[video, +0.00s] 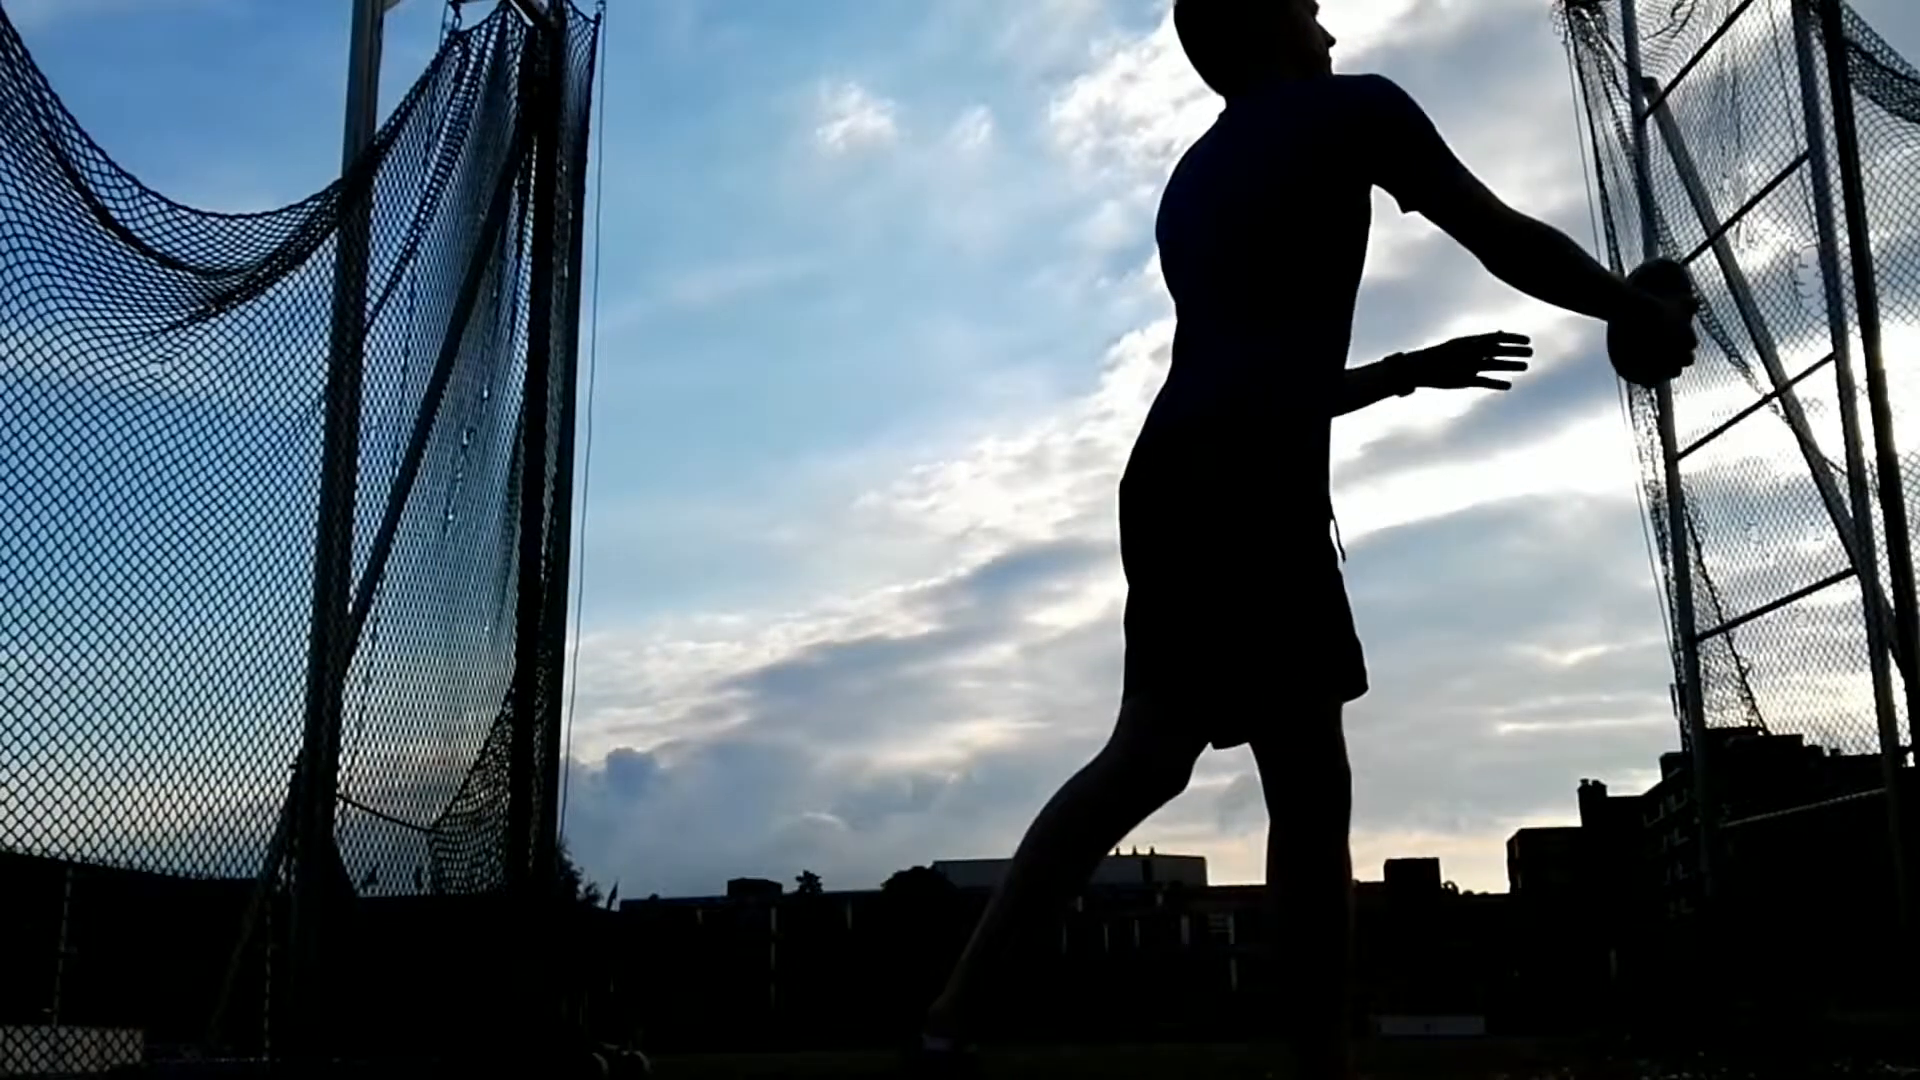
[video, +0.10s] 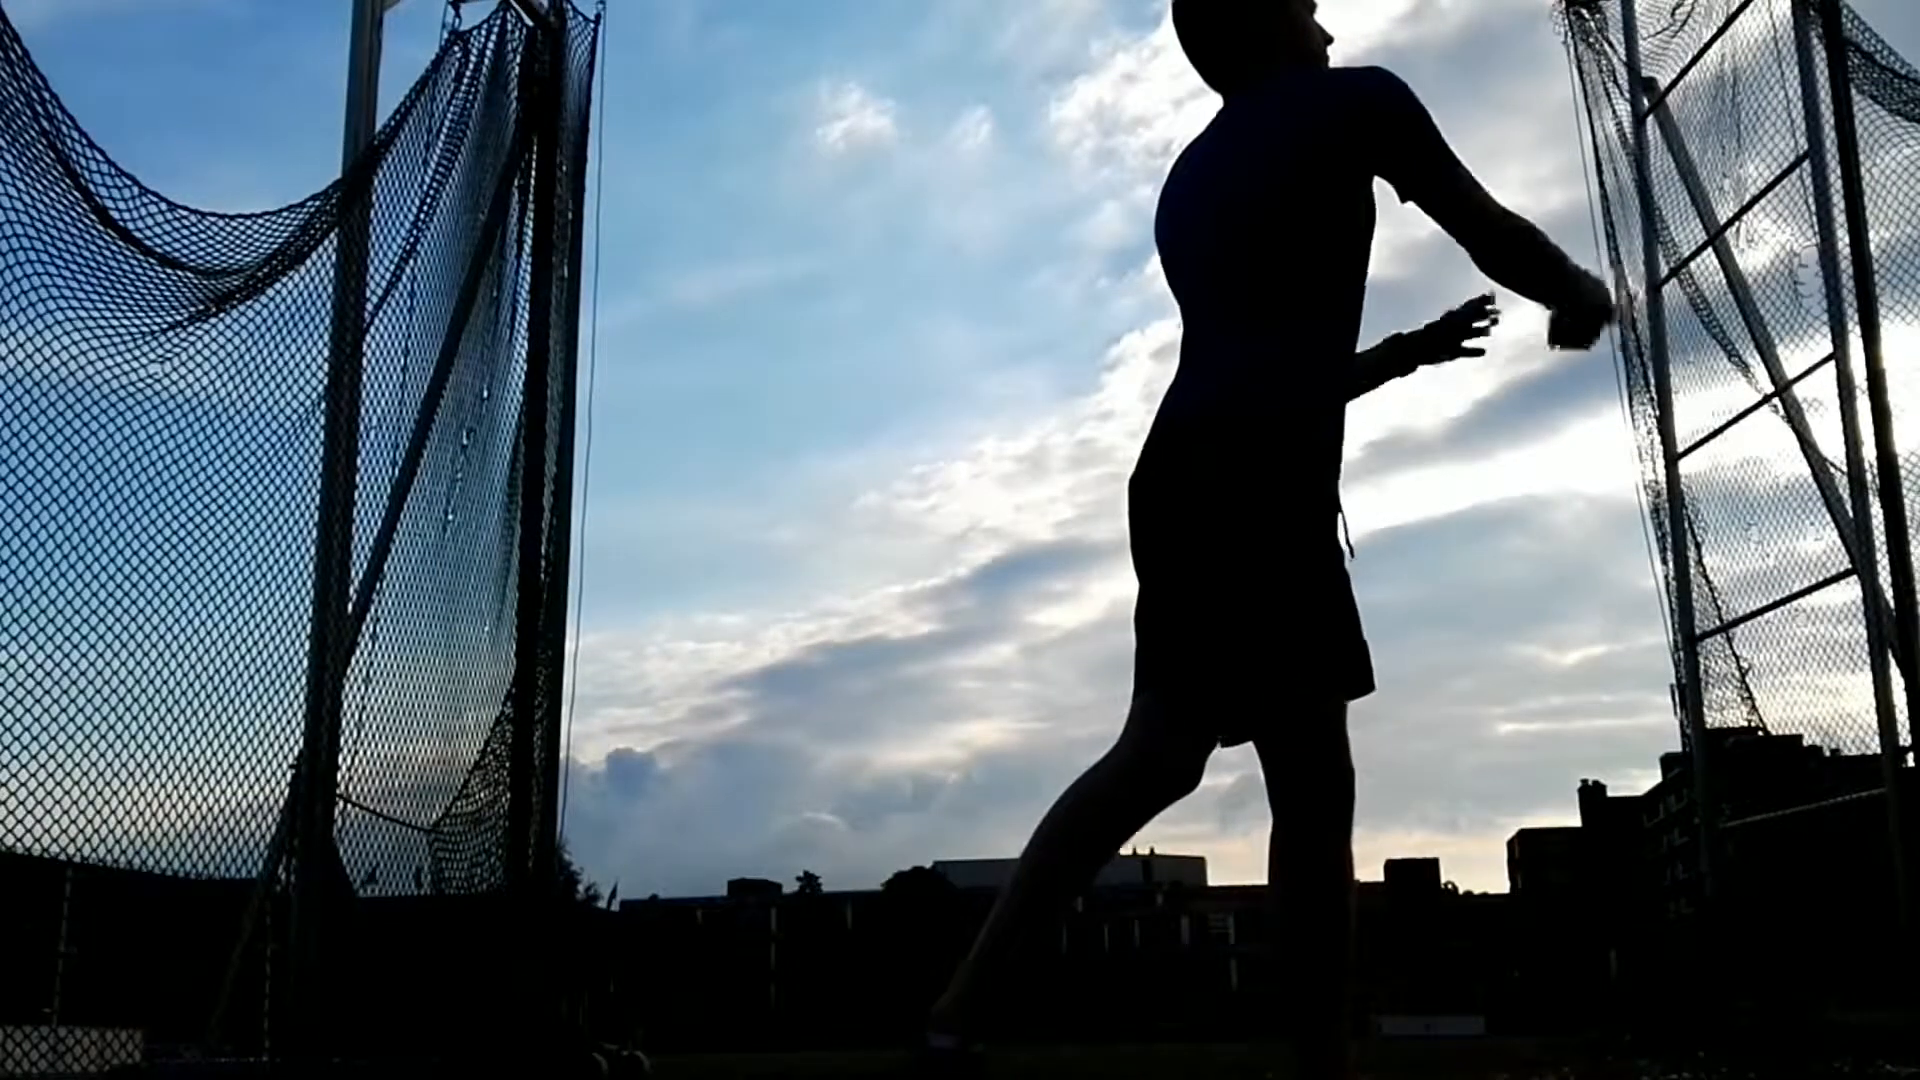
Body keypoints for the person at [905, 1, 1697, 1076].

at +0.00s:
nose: (1325, 26)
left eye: (1312, 9)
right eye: (1306, 12)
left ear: (1215, 55)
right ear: (1276, 28)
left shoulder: (1192, 183)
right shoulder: (1358, 107)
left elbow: (1258, 394)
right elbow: (1501, 238)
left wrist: (1413, 371)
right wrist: (1625, 303)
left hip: (1169, 490)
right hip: (1263, 490)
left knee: (1144, 758)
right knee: (1308, 785)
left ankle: (963, 1003)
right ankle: (1318, 1057)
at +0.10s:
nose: (1320, 27)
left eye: (1307, 12)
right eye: (1303, 13)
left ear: (1213, 54)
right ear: (1279, 27)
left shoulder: (1188, 186)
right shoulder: (1355, 98)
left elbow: (1272, 381)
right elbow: (1491, 234)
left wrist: (1407, 351)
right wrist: (1580, 295)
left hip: (1180, 486)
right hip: (1274, 486)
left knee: (1157, 756)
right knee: (1313, 783)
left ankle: (965, 1006)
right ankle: (1321, 1053)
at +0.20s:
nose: (1323, 24)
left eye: (1310, 9)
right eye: (1306, 10)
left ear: (1207, 50)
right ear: (1286, 22)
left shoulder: (1186, 183)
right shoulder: (1358, 91)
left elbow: (1268, 369)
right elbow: (1490, 241)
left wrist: (1393, 337)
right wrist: (1489, 290)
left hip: (1190, 485)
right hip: (1279, 486)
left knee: (1170, 753)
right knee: (1315, 785)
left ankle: (976, 998)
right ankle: (1319, 1055)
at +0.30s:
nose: (1319, 24)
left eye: (1309, 10)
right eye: (1305, 10)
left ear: (1206, 51)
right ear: (1282, 21)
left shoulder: (1182, 187)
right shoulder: (1355, 85)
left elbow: (1293, 329)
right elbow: (1458, 227)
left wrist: (1399, 275)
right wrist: (1409, 264)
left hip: (1202, 479)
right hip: (1288, 476)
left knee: (1182, 750)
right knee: (1317, 780)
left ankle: (987, 996)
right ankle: (1319, 1046)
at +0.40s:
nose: (1318, 22)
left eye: (1307, 9)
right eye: (1304, 8)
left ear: (1203, 48)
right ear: (1283, 19)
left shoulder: (1179, 187)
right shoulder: (1352, 80)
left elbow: (1239, 330)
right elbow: (1438, 224)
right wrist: (1342, 228)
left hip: (1207, 474)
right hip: (1302, 469)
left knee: (1190, 749)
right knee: (1322, 769)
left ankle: (1004, 985)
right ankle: (1316, 1041)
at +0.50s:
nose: (1315, 20)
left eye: (1301, 9)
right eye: (1302, 8)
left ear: (1203, 49)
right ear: (1284, 18)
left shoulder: (1177, 185)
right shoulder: (1347, 82)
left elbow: (1226, 325)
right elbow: (1416, 212)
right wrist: (1323, 91)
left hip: (1210, 473)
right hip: (1307, 468)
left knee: (1198, 749)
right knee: (1326, 767)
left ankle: (1007, 980)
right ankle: (1323, 1035)